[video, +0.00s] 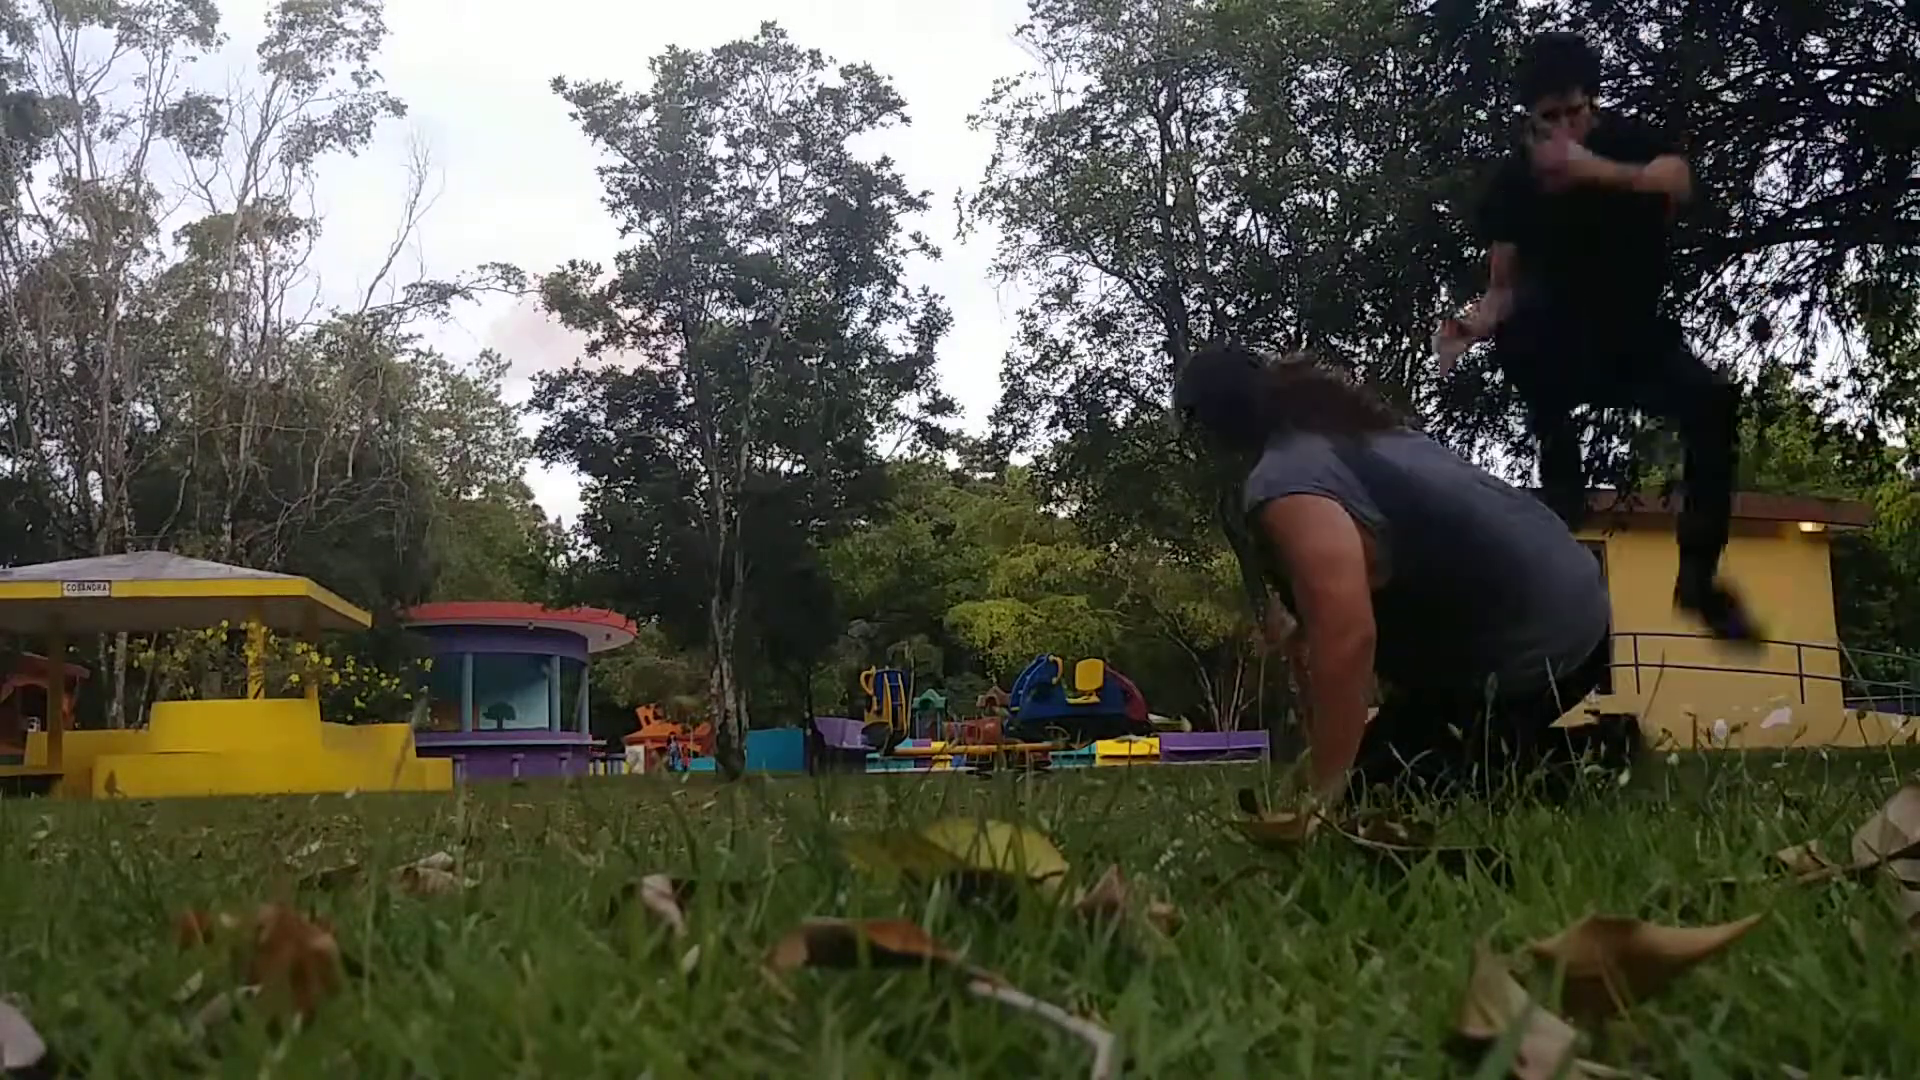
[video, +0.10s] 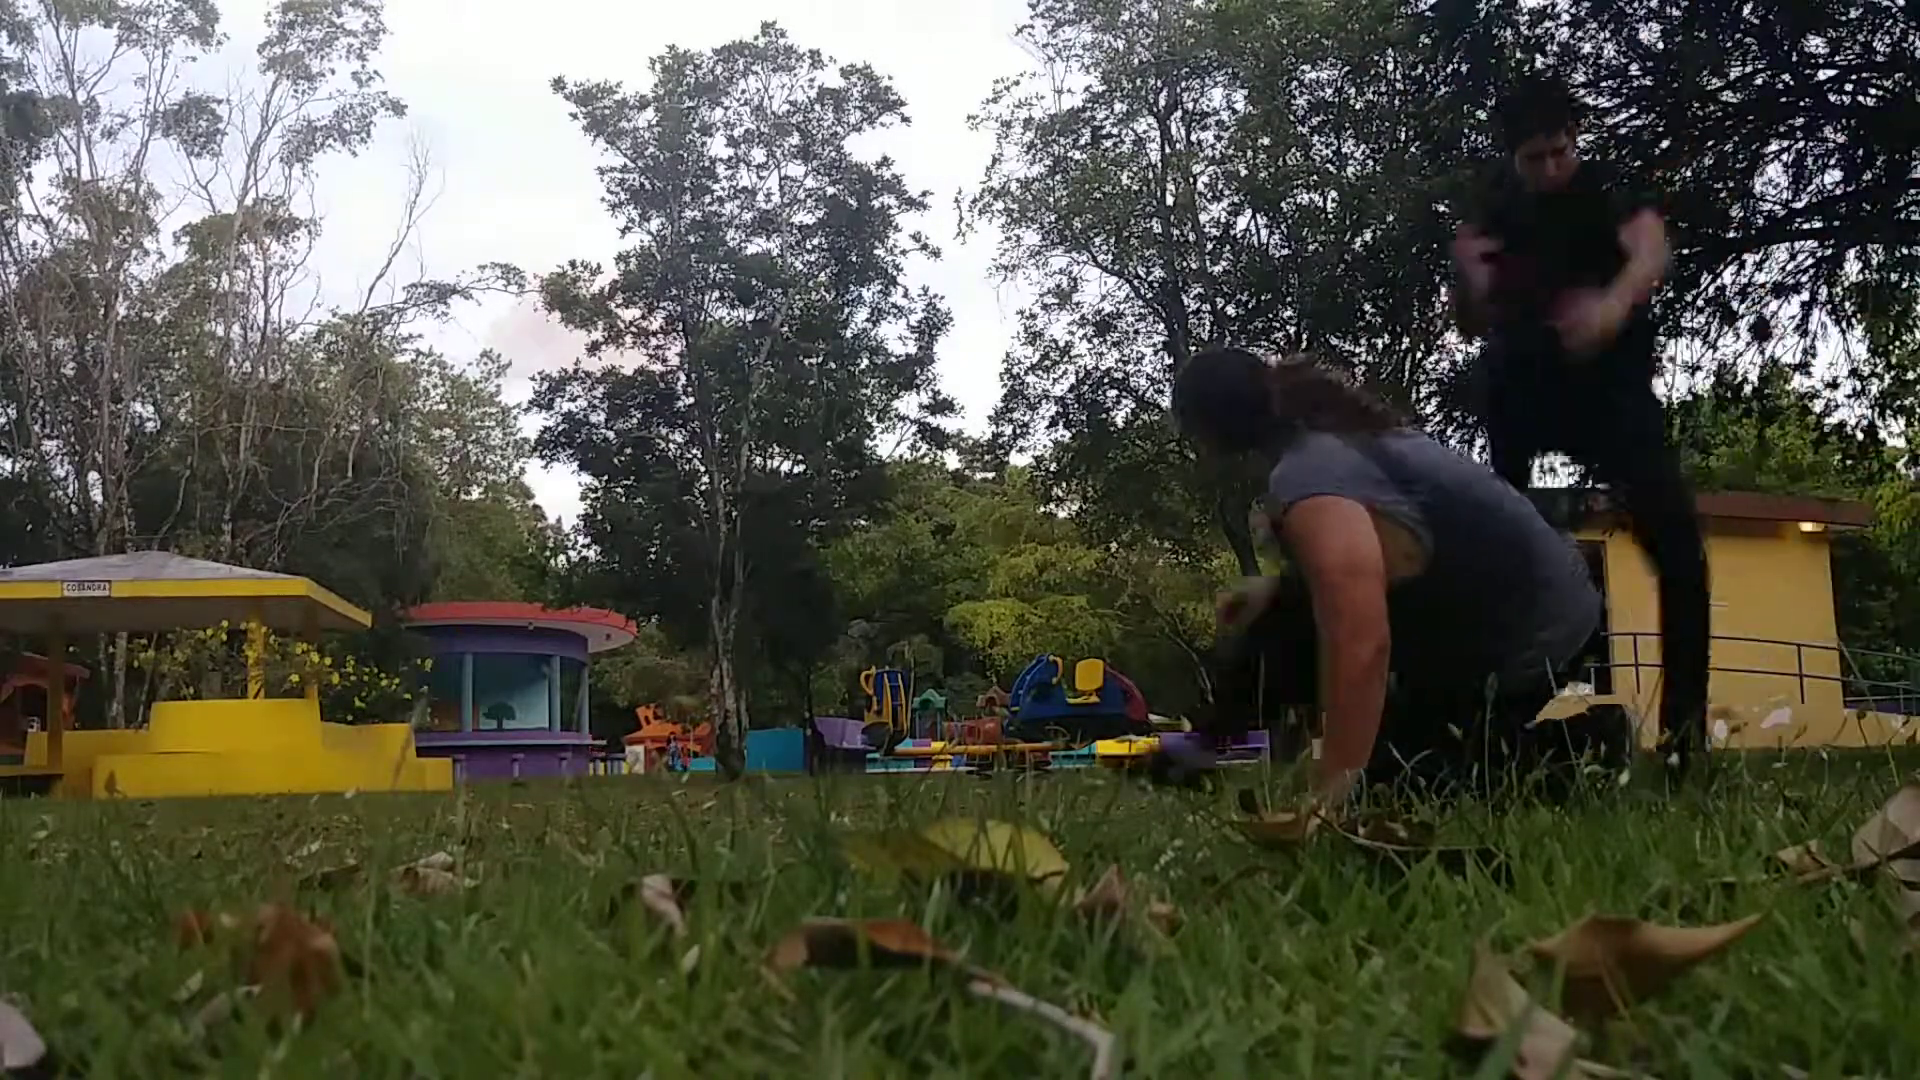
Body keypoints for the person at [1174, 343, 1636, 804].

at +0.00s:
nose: (1200, 445)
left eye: (1195, 429)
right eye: (1194, 429)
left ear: (1212, 425)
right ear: (1262, 387)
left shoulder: (1288, 472)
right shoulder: (1342, 431)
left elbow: (1345, 633)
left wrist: (1321, 796)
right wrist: (1305, 630)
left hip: (1523, 647)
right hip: (1564, 619)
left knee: (1374, 784)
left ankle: (1589, 754)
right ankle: (1592, 747)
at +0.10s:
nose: (1198, 452)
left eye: (1196, 438)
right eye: (1192, 439)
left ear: (1213, 434)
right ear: (1264, 387)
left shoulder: (1309, 474)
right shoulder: (1333, 439)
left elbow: (1363, 645)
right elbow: (1373, 546)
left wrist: (1332, 790)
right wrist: (1276, 587)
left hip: (1531, 637)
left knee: (1395, 771)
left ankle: (1580, 745)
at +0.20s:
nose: (1193, 432)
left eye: (1194, 411)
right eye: (1188, 414)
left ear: (1232, 400)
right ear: (1253, 387)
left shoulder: (1336, 455)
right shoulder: (1309, 442)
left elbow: (1366, 630)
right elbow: (1286, 479)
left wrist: (1321, 793)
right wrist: (1215, 521)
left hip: (1494, 621)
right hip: (1420, 594)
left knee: (1378, 787)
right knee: (1229, 581)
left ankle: (1574, 733)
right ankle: (1088, 741)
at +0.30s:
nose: (1192, 375)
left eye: (1203, 351)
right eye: (1187, 358)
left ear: (1267, 336)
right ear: (1264, 343)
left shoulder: (1357, 410)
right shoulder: (1277, 410)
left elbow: (1374, 583)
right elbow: (1226, 447)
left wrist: (1283, 719)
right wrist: (1154, 481)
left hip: (1445, 601)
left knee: (1372, 777)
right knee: (1191, 556)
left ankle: (1509, 750)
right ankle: (1153, 741)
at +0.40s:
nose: (1236, 309)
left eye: (1247, 283)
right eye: (1219, 301)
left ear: (1294, 270)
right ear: (1214, 314)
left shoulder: (1374, 353)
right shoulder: (1241, 380)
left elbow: (1405, 512)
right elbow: (1163, 435)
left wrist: (1255, 561)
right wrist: (1105, 460)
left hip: (1407, 580)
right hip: (1310, 578)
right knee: (1174, 538)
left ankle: (1385, 795)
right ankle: (1182, 767)